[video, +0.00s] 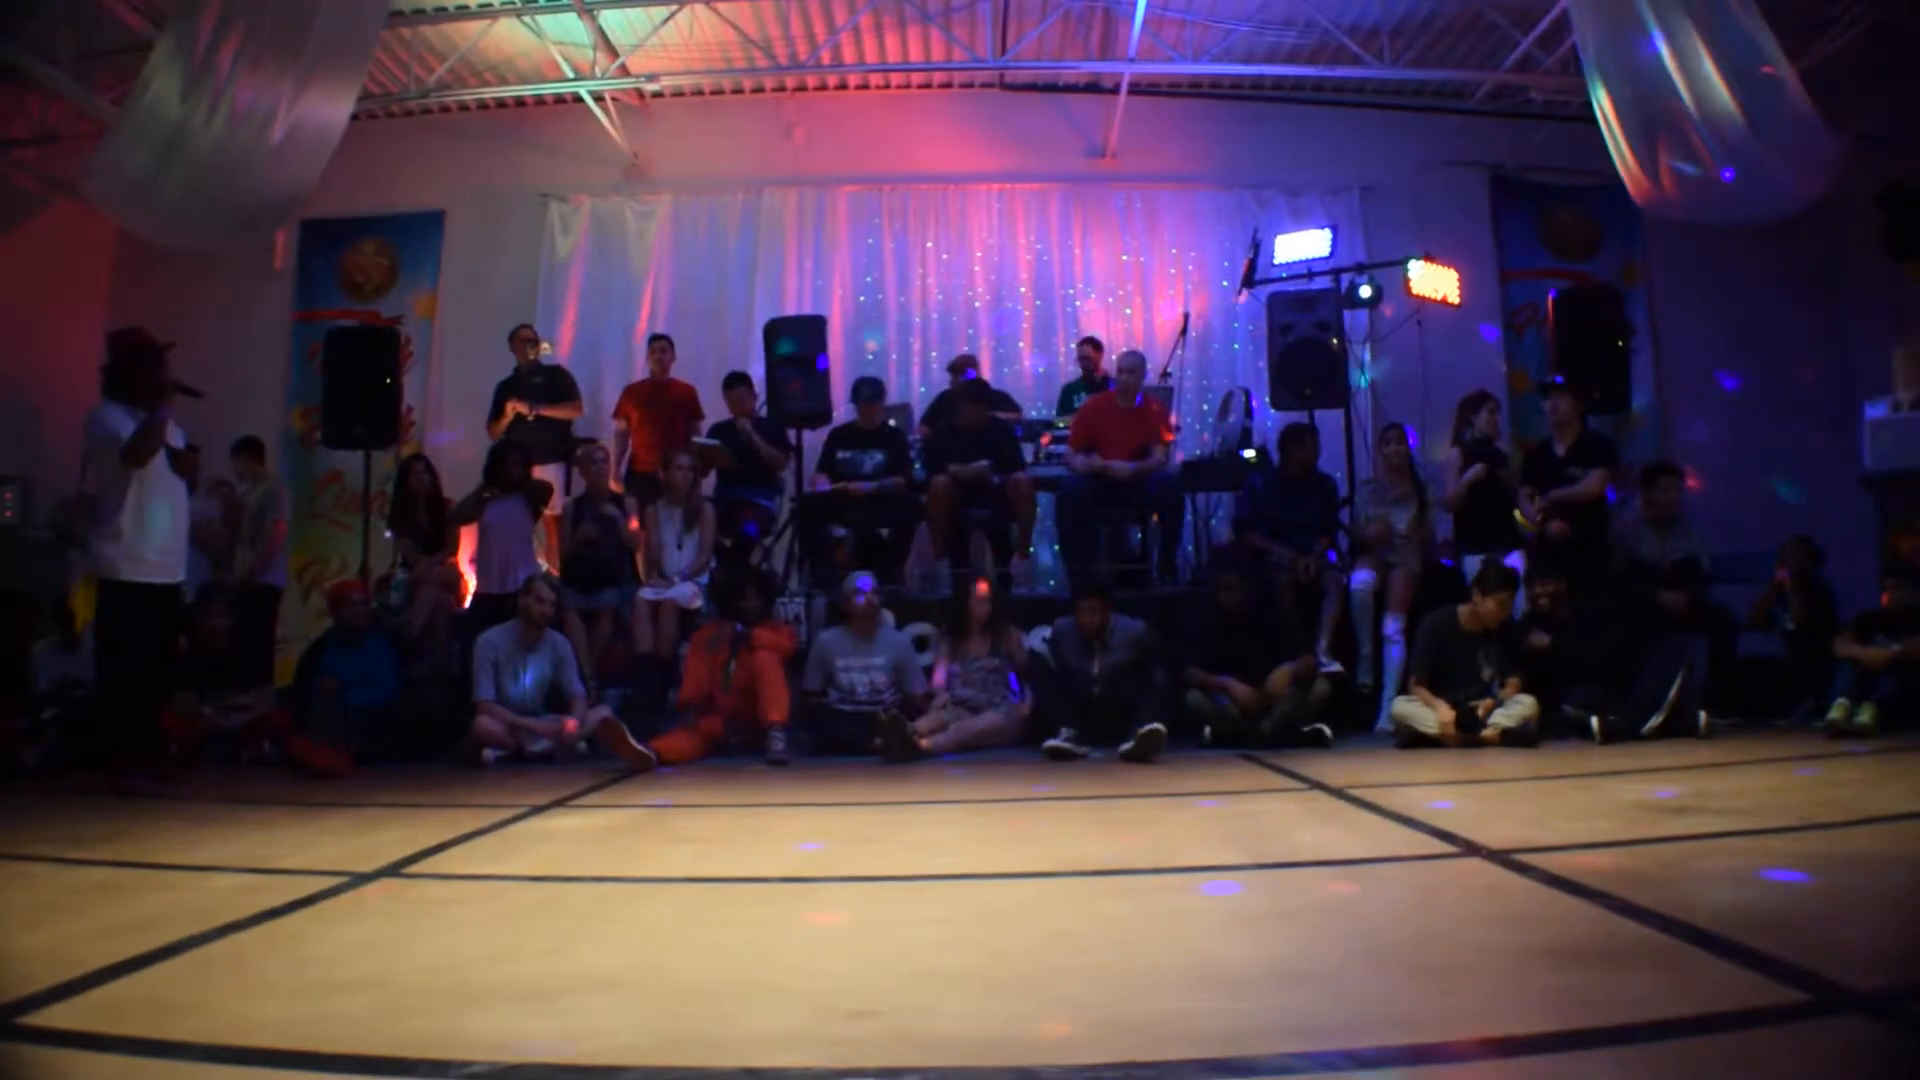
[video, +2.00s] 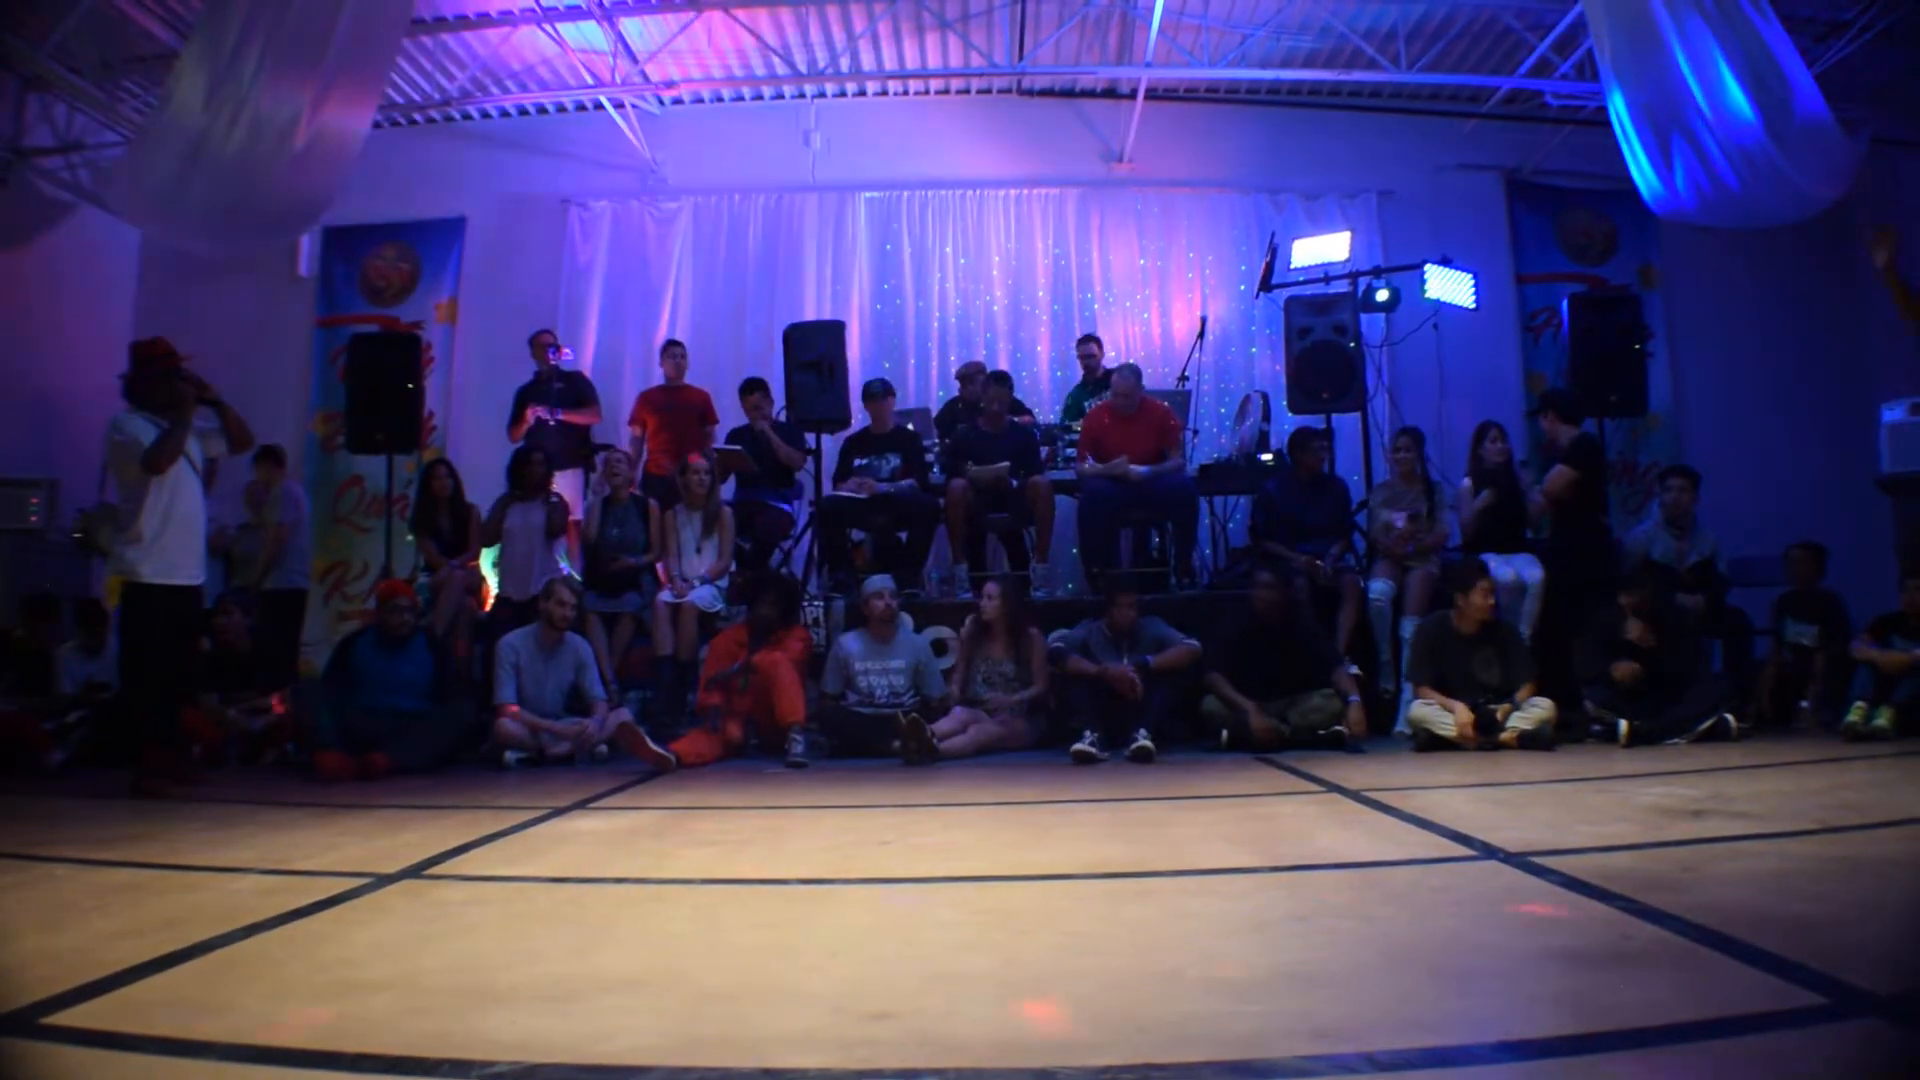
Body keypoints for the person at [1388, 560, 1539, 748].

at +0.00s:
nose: (1505, 613)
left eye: (1508, 605)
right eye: (1499, 604)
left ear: (1512, 602)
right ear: (1477, 596)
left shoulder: (1505, 630)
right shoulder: (1438, 625)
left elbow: (1514, 682)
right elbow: (1416, 685)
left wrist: (1493, 702)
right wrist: (1441, 708)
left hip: (1485, 700)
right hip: (1444, 703)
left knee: (1528, 704)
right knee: (1400, 707)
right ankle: (1485, 736)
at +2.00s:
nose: (1492, 602)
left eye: (1491, 595)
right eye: (1484, 595)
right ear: (1461, 599)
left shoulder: (1503, 630)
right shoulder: (1433, 630)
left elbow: (1528, 684)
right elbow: (1421, 689)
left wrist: (1509, 707)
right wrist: (1457, 707)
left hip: (1498, 704)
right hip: (1454, 707)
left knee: (1545, 707)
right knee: (1418, 711)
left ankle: (1466, 743)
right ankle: (1506, 739)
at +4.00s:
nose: (1499, 612)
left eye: (1505, 606)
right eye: (1494, 603)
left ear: (1511, 606)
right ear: (1472, 596)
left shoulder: (1510, 630)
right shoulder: (1438, 629)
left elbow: (1528, 686)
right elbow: (1423, 690)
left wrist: (1508, 707)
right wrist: (1456, 707)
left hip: (1499, 706)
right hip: (1457, 710)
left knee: (1546, 707)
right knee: (1418, 711)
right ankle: (1505, 740)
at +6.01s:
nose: (1502, 598)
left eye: (1505, 590)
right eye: (1494, 590)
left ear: (1510, 593)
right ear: (1472, 592)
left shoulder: (1515, 628)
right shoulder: (1442, 628)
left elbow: (1529, 684)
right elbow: (1424, 689)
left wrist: (1510, 706)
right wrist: (1456, 708)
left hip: (1501, 705)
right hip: (1456, 706)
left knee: (1545, 707)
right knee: (1417, 711)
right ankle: (1502, 740)